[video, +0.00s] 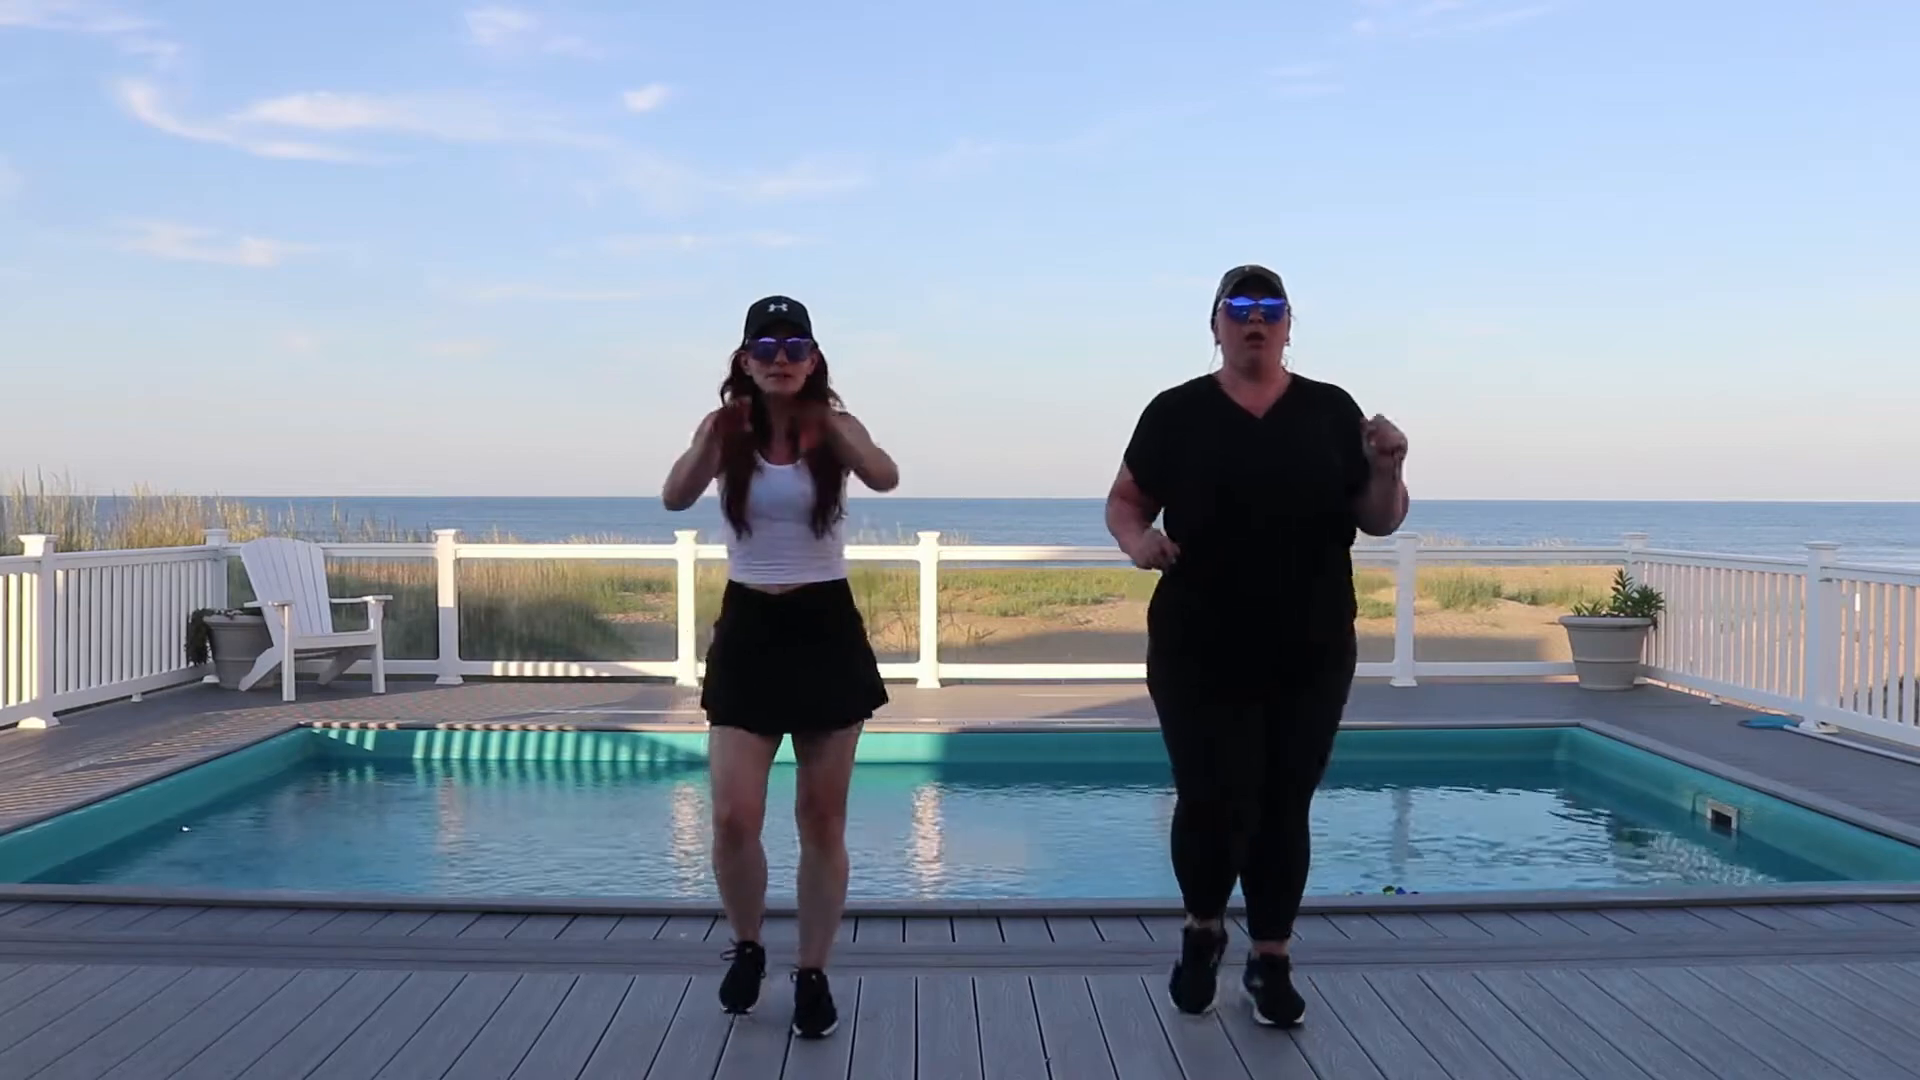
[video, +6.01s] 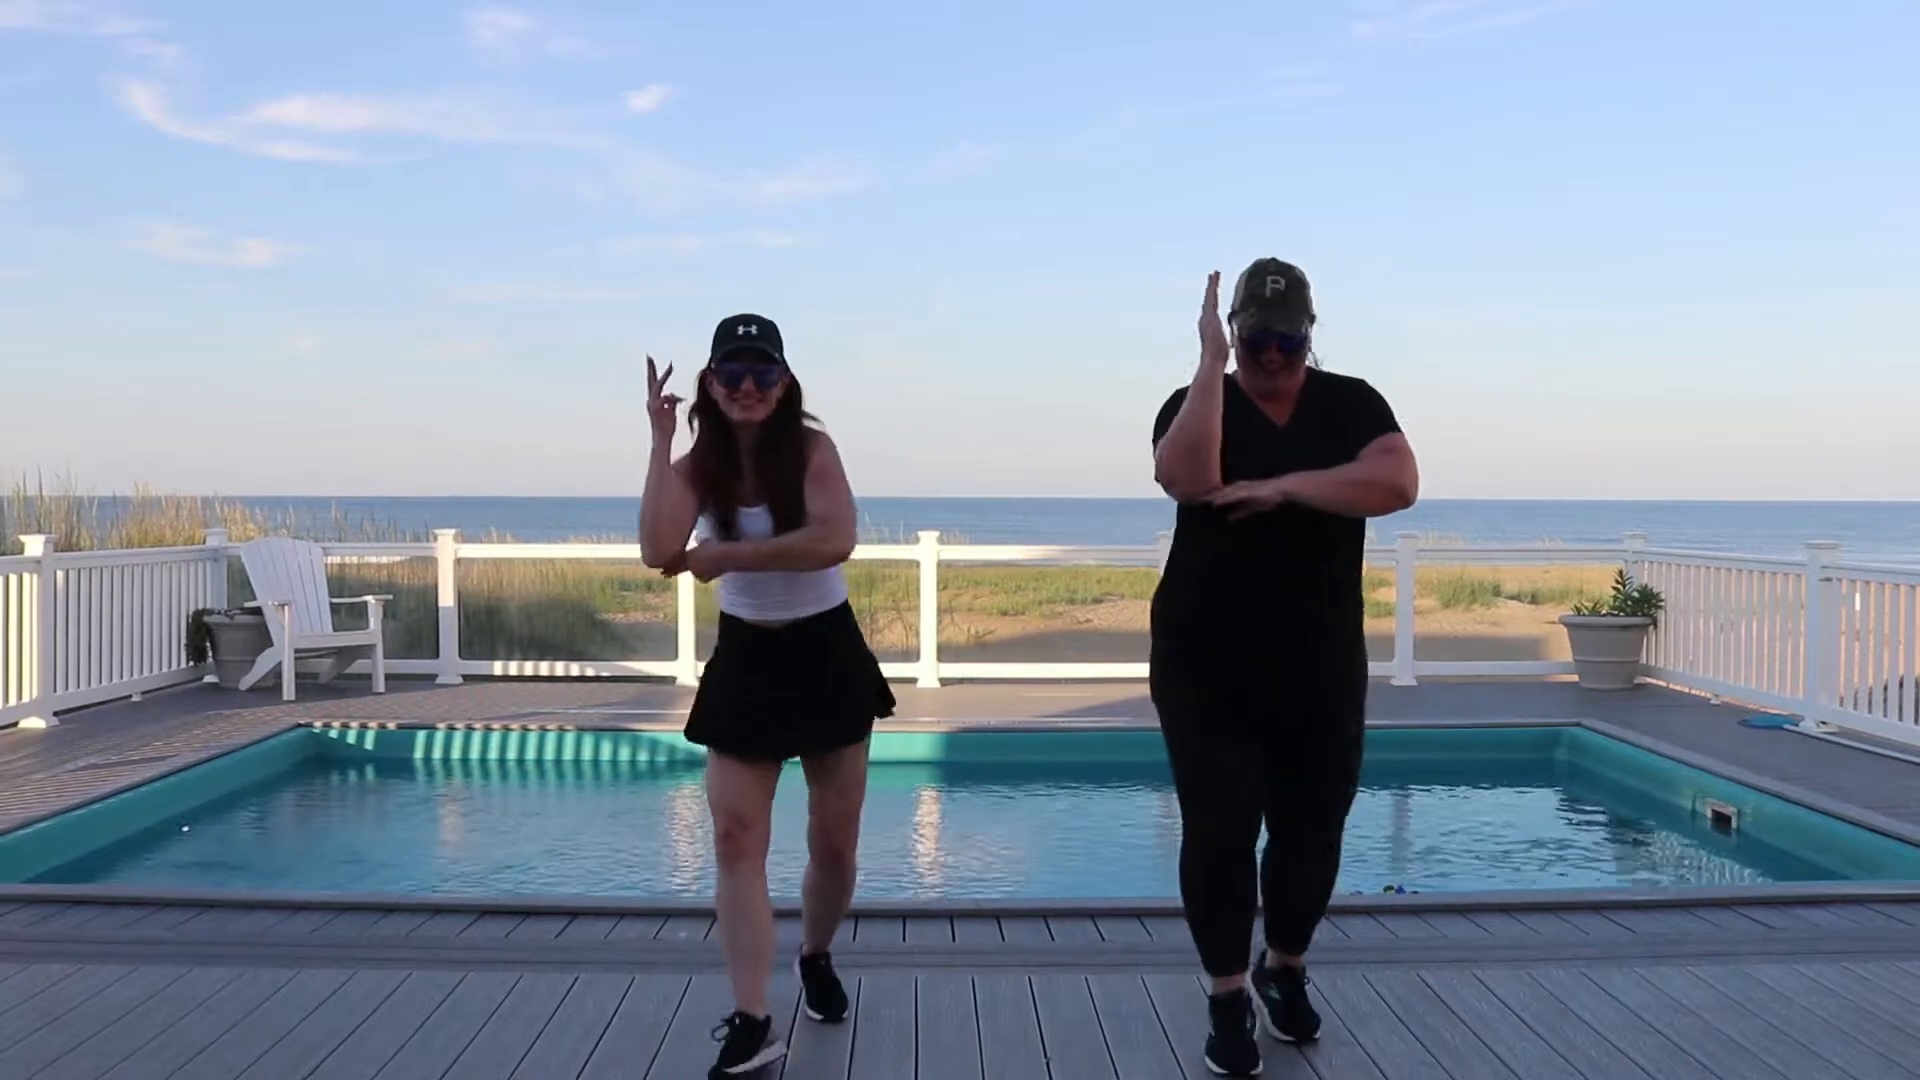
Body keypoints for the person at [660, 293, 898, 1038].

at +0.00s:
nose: (782, 360)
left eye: (795, 349)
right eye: (767, 349)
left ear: (813, 357)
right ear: (745, 358)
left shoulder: (832, 423)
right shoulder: (726, 428)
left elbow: (884, 476)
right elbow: (676, 498)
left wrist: (835, 425)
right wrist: (710, 442)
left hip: (827, 628)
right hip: (749, 628)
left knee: (821, 817)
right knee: (733, 820)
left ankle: (812, 973)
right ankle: (747, 946)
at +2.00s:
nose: (781, 390)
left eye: (794, 377)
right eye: (765, 377)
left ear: (813, 386)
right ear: (743, 388)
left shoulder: (836, 461)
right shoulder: (728, 457)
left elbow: (863, 552)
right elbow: (666, 479)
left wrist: (783, 570)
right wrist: (714, 407)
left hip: (832, 657)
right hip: (753, 658)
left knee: (820, 850)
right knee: (705, 829)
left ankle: (793, 974)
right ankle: (737, 969)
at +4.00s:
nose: (758, 367)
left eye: (773, 355)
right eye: (743, 356)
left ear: (797, 368)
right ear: (723, 370)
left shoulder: (822, 441)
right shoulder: (706, 443)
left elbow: (850, 531)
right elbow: (675, 525)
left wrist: (745, 544)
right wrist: (677, 412)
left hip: (830, 648)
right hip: (746, 653)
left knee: (846, 848)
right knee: (740, 843)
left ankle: (803, 961)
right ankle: (768, 1022)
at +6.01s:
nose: (745, 384)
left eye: (760, 371)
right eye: (731, 372)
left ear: (784, 379)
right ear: (710, 383)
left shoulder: (811, 447)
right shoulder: (697, 462)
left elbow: (836, 539)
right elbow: (659, 552)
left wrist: (728, 556)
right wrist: (661, 445)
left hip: (829, 654)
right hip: (745, 658)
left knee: (836, 845)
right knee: (736, 837)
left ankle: (815, 954)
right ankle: (751, 1017)